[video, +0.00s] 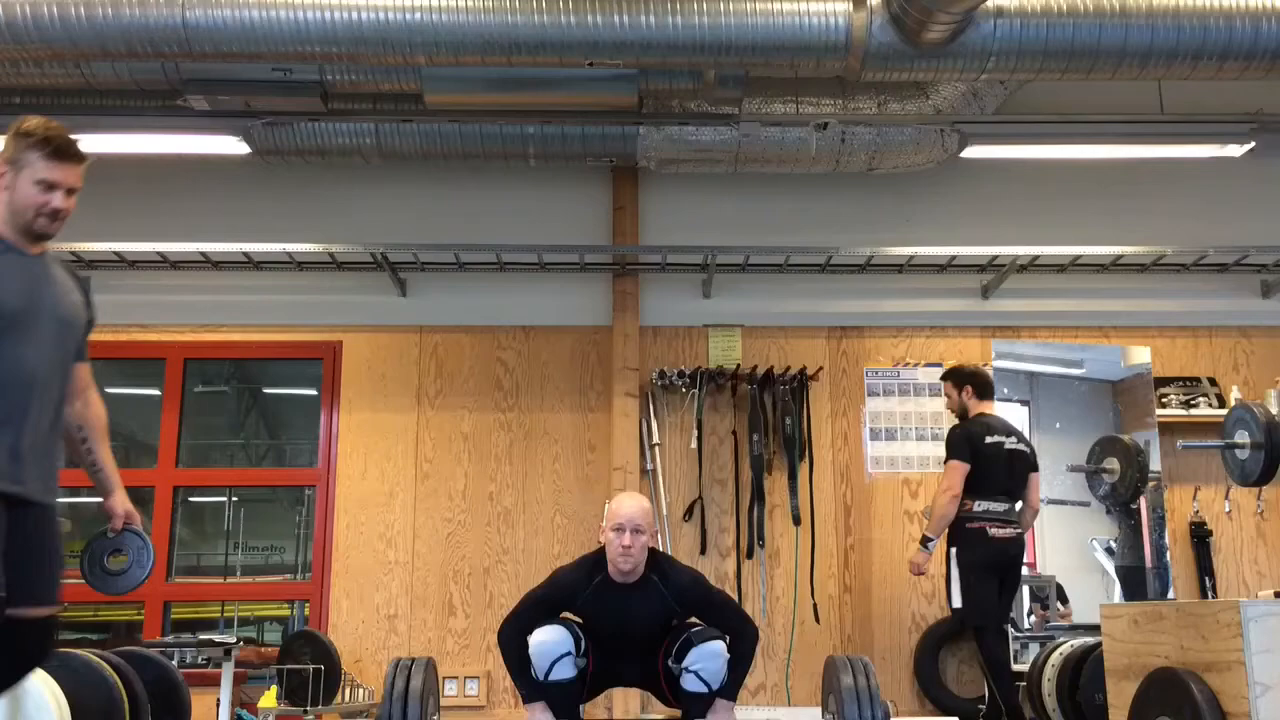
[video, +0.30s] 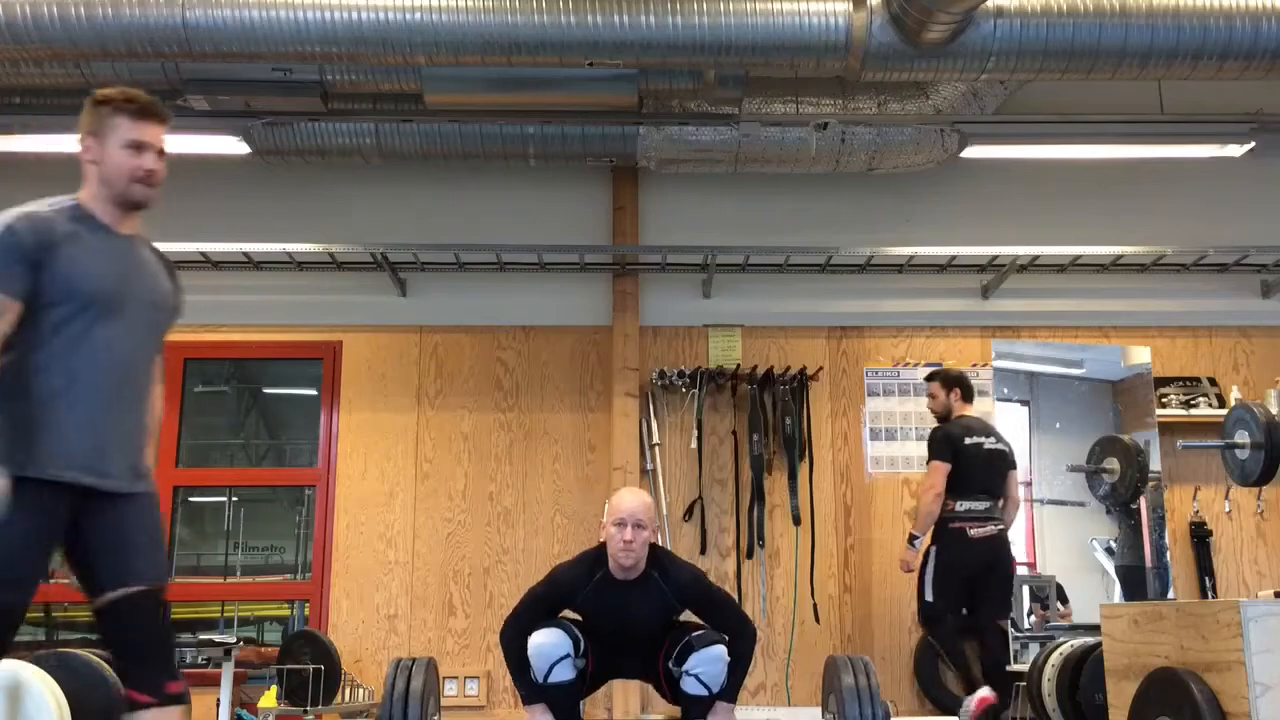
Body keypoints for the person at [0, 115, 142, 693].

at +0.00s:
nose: (59, 204)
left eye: (70, 192)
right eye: (45, 186)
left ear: (78, 196)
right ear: (6, 179)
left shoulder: (68, 289)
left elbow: (79, 395)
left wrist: (114, 492)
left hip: (32, 498)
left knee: (29, 646)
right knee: (14, 647)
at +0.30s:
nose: (153, 164)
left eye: (160, 153)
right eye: (136, 148)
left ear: (165, 162)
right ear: (89, 151)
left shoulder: (160, 274)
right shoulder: (30, 234)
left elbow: (151, 385)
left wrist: (144, 476)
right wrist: (1, 473)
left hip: (121, 488)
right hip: (27, 479)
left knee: (152, 670)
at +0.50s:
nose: (247, 159)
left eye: (254, 148)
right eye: (230, 144)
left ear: (260, 158)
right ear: (183, 151)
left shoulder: (254, 277)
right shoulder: (125, 230)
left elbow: (229, 387)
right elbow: (67, 332)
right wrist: (64, 413)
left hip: (218, 482)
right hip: (124, 473)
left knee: (245, 660)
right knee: (80, 637)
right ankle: (16, 705)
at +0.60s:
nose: (298, 149)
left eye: (306, 138)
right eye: (281, 132)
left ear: (310, 147)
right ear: (235, 132)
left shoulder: (299, 261)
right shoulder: (173, 214)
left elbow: (282, 368)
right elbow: (112, 317)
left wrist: (289, 447)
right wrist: (111, 406)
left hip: (271, 473)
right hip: (176, 463)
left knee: (269, 650)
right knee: (159, 636)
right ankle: (82, 705)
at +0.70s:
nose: (342, 136)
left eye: (350, 125)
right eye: (326, 118)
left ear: (354, 134)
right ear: (278, 116)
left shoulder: (341, 246)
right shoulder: (219, 198)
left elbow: (335, 376)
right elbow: (159, 307)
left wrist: (348, 482)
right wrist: (156, 411)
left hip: (311, 451)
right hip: (234, 434)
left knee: (293, 615)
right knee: (255, 588)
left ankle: (260, 713)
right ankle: (180, 700)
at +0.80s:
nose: (385, 126)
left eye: (393, 115)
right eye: (369, 108)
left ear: (397, 127)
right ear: (319, 107)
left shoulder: (378, 234)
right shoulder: (262, 189)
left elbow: (384, 363)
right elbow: (203, 315)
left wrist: (427, 468)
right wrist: (194, 430)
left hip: (348, 453)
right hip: (277, 431)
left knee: (295, 627)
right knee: (317, 591)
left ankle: (266, 715)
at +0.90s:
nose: (430, 121)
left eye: (438, 110)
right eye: (414, 103)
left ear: (441, 120)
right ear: (362, 101)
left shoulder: (420, 238)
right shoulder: (305, 190)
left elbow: (431, 366)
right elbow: (240, 319)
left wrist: (499, 459)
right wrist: (229, 447)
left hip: (383, 458)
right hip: (314, 442)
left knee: (306, 653)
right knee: (381, 612)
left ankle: (282, 714)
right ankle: (385, 714)